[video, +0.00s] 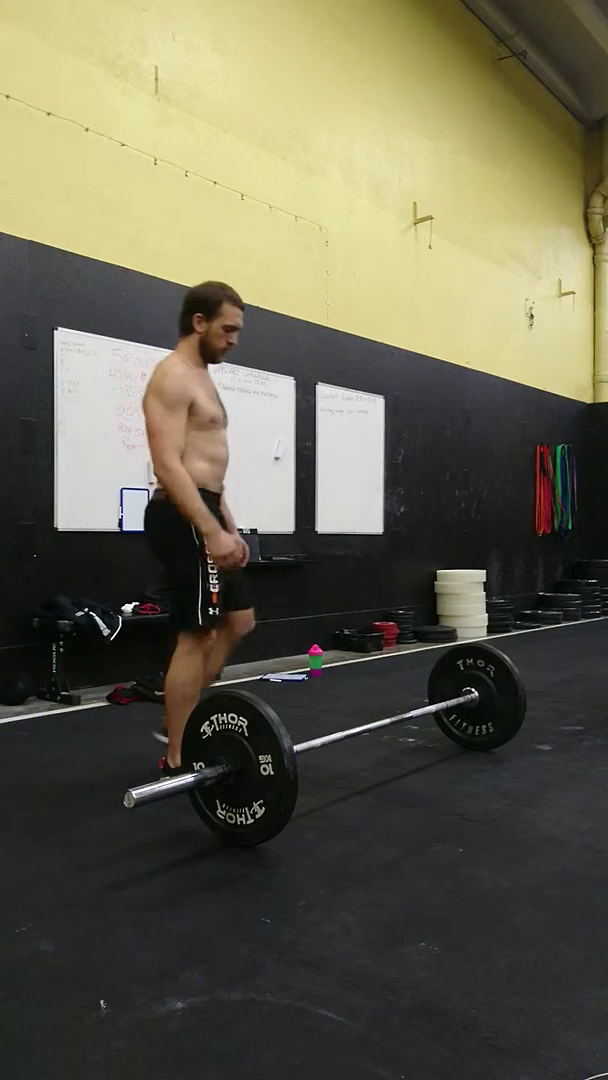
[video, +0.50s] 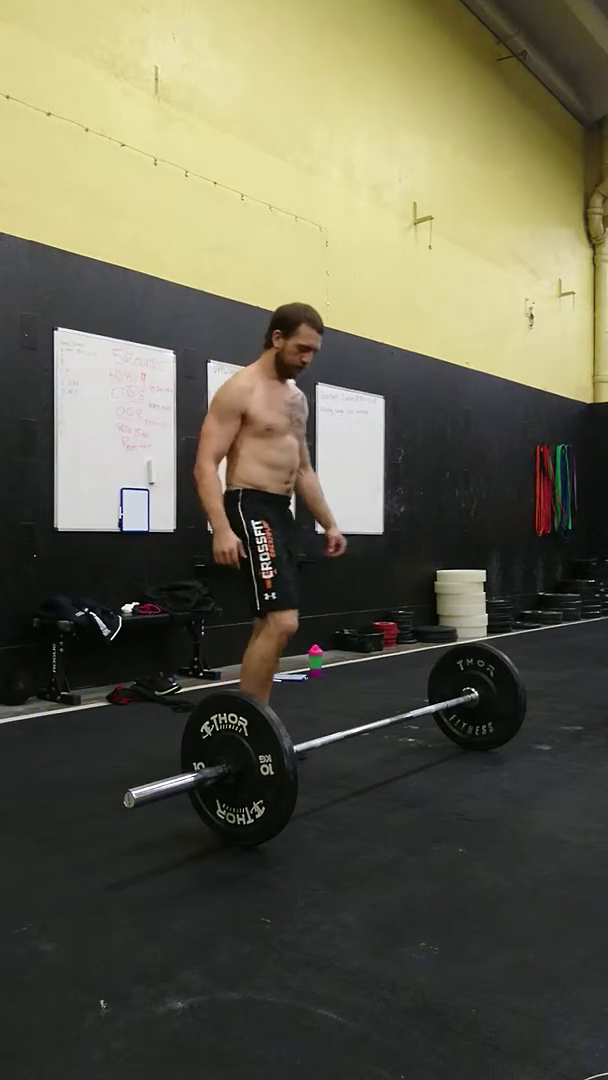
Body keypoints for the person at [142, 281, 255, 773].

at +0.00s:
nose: (234, 339)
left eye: (237, 330)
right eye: (229, 329)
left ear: (208, 326)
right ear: (198, 323)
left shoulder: (198, 374)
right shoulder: (172, 376)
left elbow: (204, 466)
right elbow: (167, 466)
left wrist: (227, 524)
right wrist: (210, 532)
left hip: (206, 512)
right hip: (181, 514)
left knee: (238, 621)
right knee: (196, 635)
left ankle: (180, 721)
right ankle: (177, 758)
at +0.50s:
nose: (308, 360)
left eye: (313, 352)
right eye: (303, 349)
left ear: (317, 349)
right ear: (276, 339)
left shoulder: (297, 397)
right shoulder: (239, 388)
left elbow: (302, 469)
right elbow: (205, 465)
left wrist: (328, 522)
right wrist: (221, 529)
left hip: (280, 510)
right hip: (250, 506)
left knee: (270, 625)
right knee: (282, 621)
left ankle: (251, 726)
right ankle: (246, 726)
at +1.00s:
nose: (347, 356)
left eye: (353, 349)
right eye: (342, 346)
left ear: (353, 346)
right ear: (315, 335)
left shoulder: (333, 397)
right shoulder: (279, 384)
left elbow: (339, 473)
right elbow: (254, 463)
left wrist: (366, 531)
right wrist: (263, 535)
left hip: (324, 515)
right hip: (289, 512)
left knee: (352, 621)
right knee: (302, 635)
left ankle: (284, 696)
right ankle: (304, 748)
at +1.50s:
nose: (388, 354)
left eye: (394, 347)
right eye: (383, 344)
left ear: (393, 344)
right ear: (356, 332)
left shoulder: (379, 397)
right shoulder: (315, 383)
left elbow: (385, 473)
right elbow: (295, 461)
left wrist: (405, 536)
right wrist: (319, 526)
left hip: (362, 517)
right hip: (323, 515)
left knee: (364, 635)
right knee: (337, 631)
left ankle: (366, 743)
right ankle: (305, 743)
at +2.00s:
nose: (398, 351)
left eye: (404, 343)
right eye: (394, 340)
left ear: (396, 337)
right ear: (365, 325)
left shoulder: (379, 388)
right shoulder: (323, 374)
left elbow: (383, 468)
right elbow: (299, 458)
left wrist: (405, 531)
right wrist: (316, 534)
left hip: (363, 516)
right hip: (323, 515)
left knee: (375, 635)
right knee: (318, 640)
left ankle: (371, 742)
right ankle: (316, 761)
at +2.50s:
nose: (404, 353)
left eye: (410, 346)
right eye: (399, 342)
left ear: (408, 341)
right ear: (371, 328)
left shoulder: (392, 390)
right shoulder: (327, 379)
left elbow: (398, 467)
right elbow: (307, 461)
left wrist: (422, 530)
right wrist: (316, 537)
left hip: (371, 516)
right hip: (332, 513)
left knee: (369, 637)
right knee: (336, 638)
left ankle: (372, 748)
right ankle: (319, 763)